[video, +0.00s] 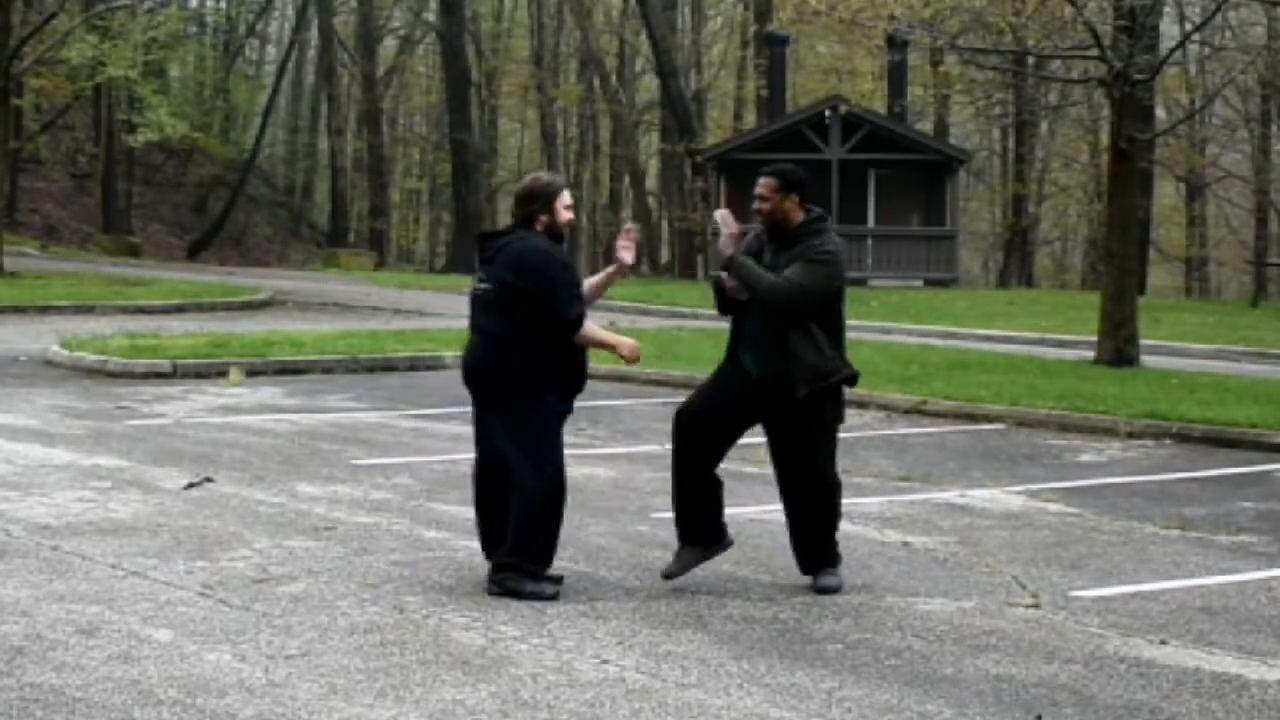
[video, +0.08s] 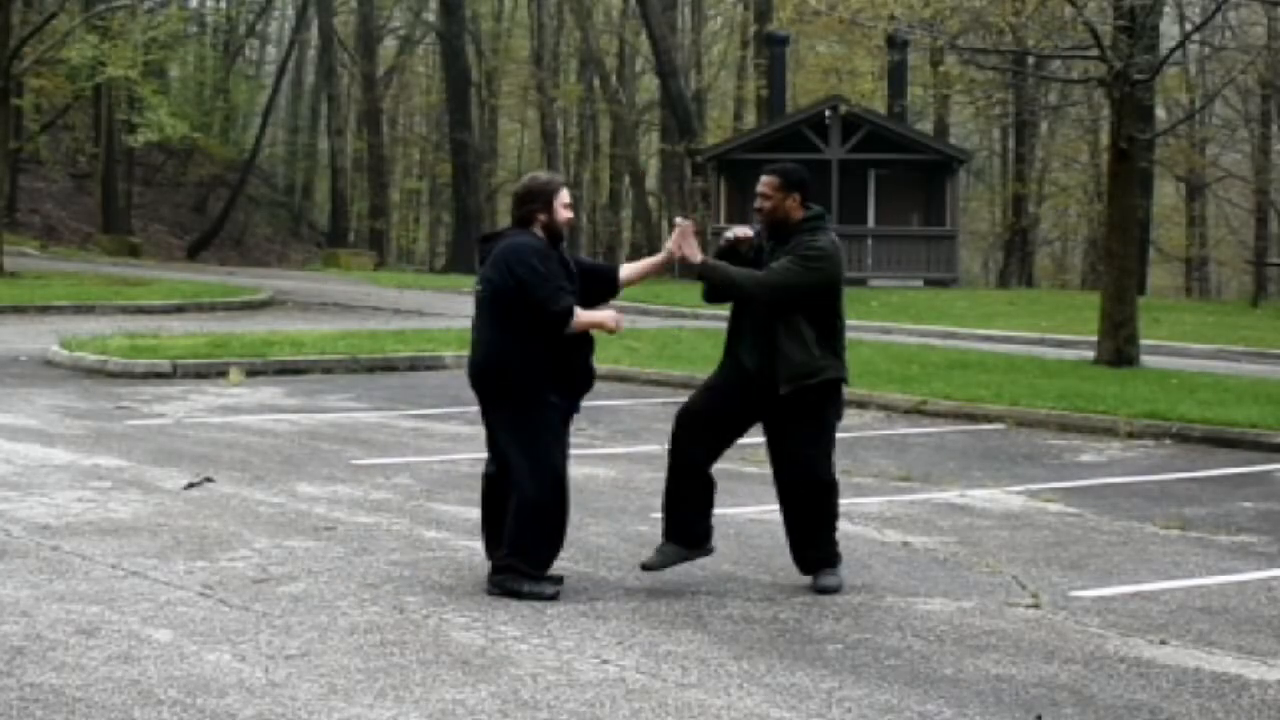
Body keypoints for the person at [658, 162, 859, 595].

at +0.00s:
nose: (757, 207)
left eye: (765, 200)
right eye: (756, 199)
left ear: (793, 202)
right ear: (760, 202)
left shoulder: (823, 251)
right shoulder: (758, 241)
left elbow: (782, 293)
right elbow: (732, 306)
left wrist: (733, 258)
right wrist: (727, 285)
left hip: (806, 384)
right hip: (748, 376)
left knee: (809, 477)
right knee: (692, 426)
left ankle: (823, 564)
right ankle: (702, 536)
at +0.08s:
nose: (758, 206)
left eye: (766, 199)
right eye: (757, 197)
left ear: (794, 201)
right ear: (770, 201)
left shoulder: (820, 250)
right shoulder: (762, 242)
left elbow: (765, 286)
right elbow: (722, 287)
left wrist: (702, 266)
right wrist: (733, 251)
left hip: (805, 383)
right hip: (749, 375)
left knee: (807, 474)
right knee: (692, 428)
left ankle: (823, 564)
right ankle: (687, 538)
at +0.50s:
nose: (755, 205)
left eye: (763, 200)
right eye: (754, 198)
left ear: (791, 203)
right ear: (755, 197)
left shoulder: (816, 253)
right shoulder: (741, 230)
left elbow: (803, 309)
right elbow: (682, 227)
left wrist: (731, 293)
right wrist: (698, 175)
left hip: (787, 384)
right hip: (732, 377)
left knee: (789, 473)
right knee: (692, 469)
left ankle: (842, 554)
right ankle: (672, 566)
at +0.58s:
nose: (763, 200)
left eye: (771, 193)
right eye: (762, 192)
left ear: (799, 198)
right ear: (764, 194)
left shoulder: (830, 248)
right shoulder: (750, 229)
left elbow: (822, 308)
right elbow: (693, 232)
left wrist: (751, 311)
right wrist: (703, 179)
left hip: (802, 383)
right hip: (747, 376)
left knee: (801, 473)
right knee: (707, 471)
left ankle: (849, 564)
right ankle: (673, 567)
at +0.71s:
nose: (778, 195)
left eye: (787, 188)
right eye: (778, 187)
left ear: (815, 192)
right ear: (790, 191)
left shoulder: (851, 244)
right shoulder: (772, 232)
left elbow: (848, 311)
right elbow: (713, 247)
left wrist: (787, 344)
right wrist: (716, 195)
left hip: (830, 382)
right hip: (774, 377)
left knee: (832, 479)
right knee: (735, 469)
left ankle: (848, 568)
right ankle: (701, 563)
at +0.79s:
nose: (784, 195)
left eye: (792, 188)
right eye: (783, 188)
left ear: (822, 193)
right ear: (788, 194)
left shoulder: (858, 245)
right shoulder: (778, 237)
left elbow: (858, 312)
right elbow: (728, 268)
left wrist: (803, 349)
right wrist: (733, 224)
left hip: (842, 383)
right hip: (781, 379)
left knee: (844, 479)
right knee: (750, 460)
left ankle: (847, 568)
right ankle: (748, 561)